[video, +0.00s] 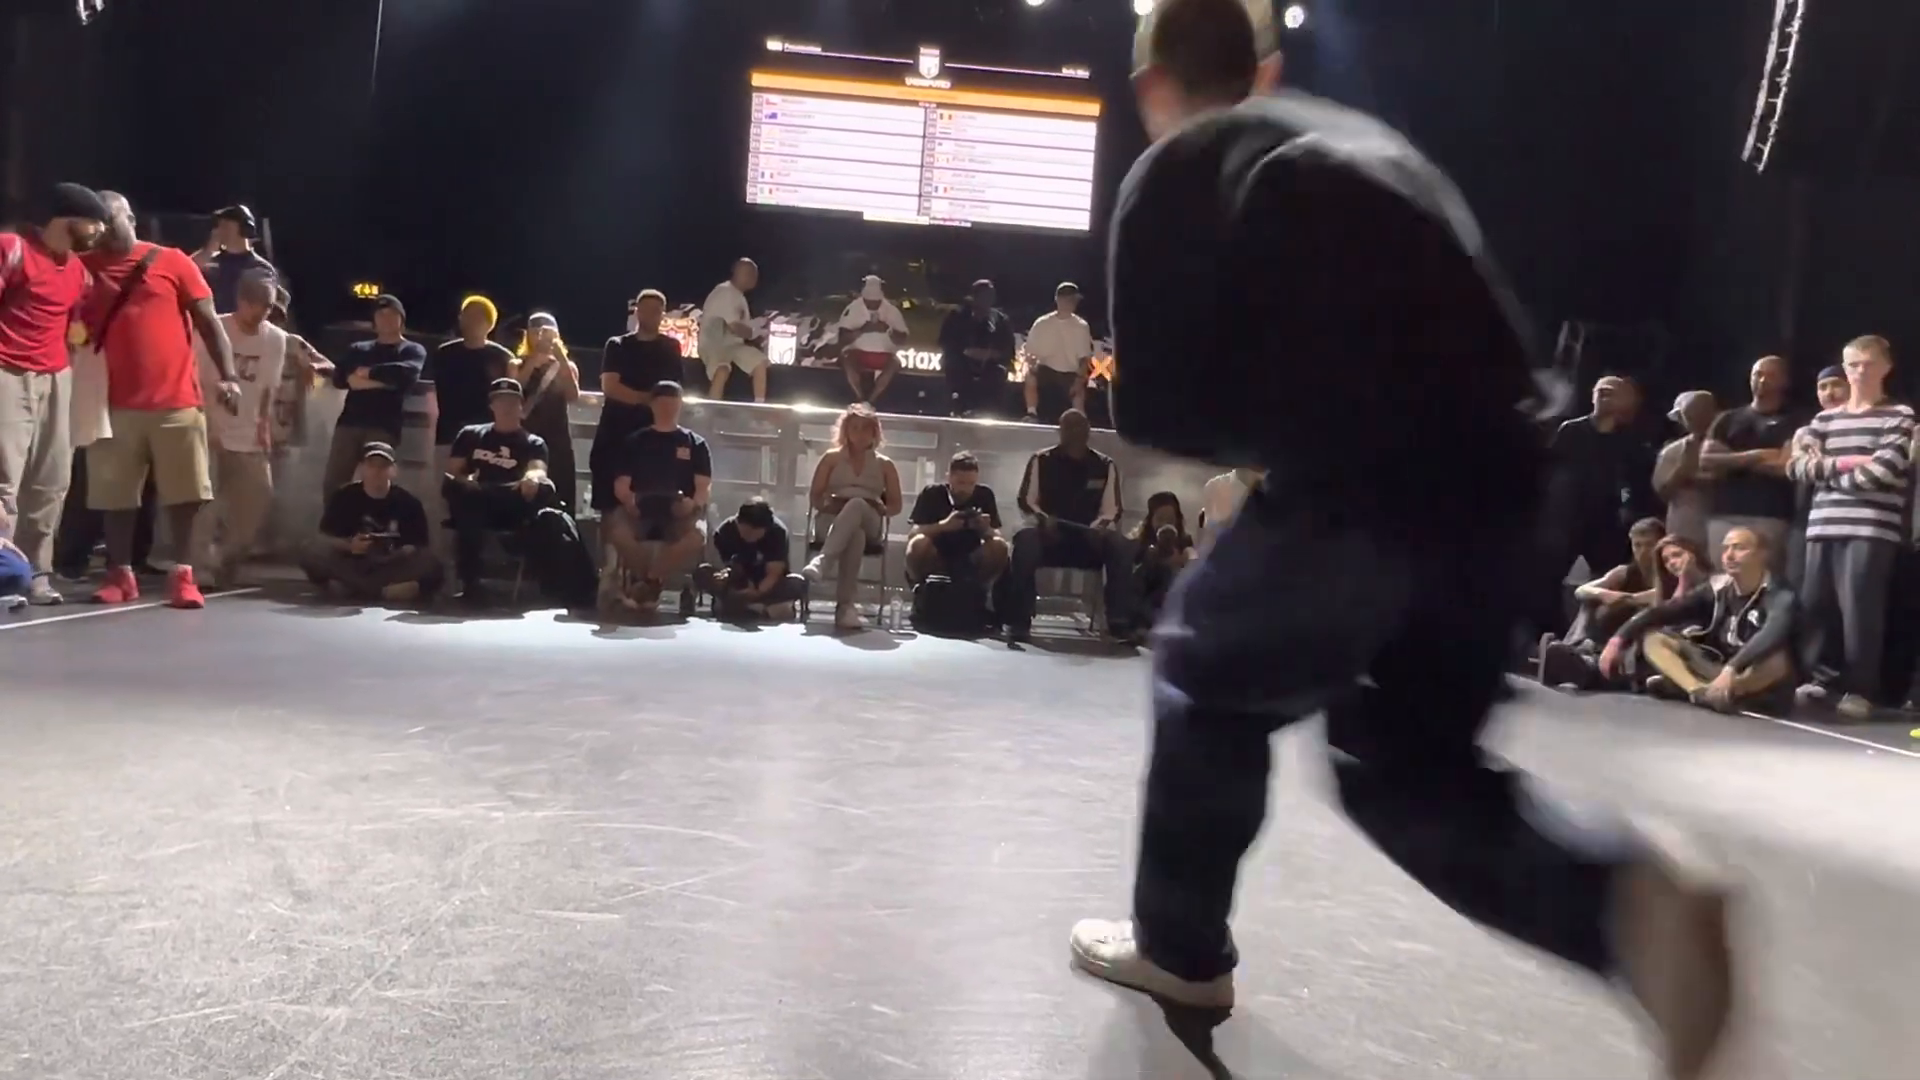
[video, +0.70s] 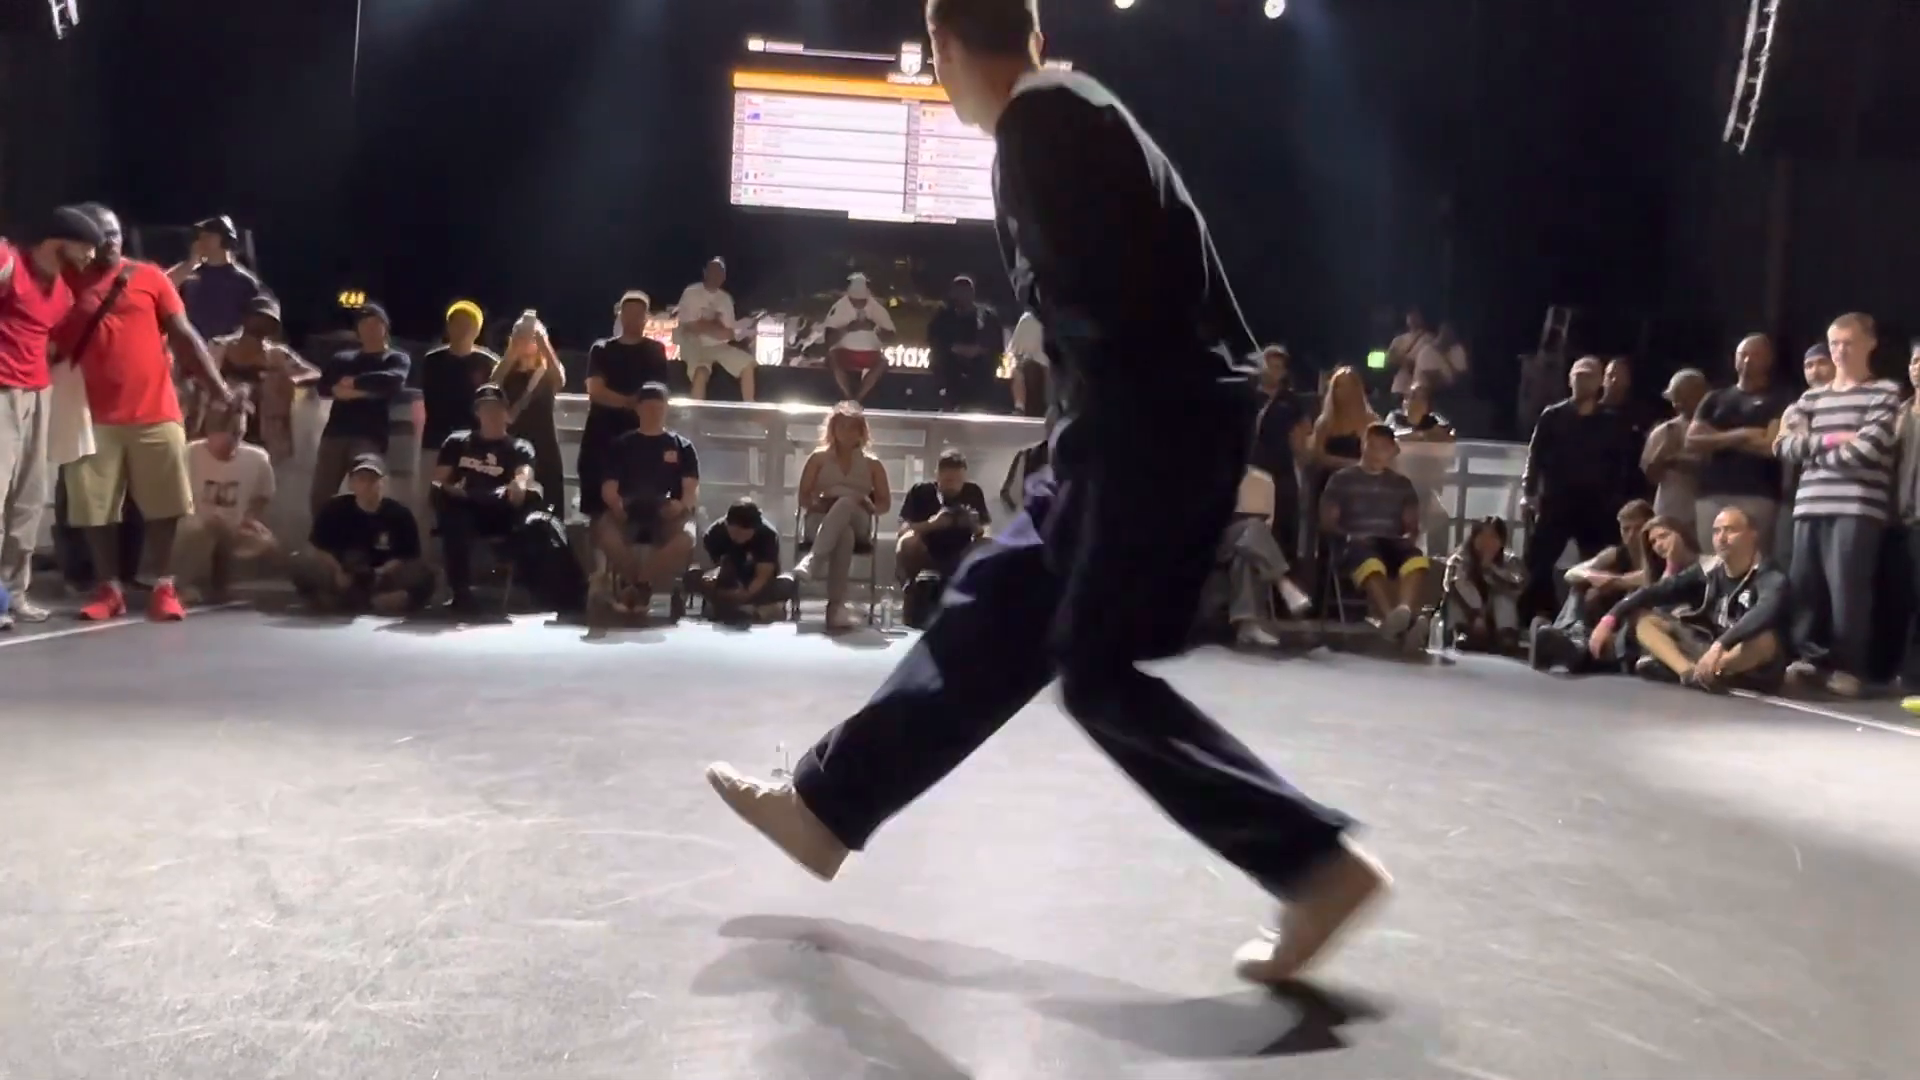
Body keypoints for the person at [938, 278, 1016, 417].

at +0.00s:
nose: (985, 302)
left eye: (988, 297)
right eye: (981, 297)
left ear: (993, 299)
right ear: (973, 297)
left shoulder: (1001, 320)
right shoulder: (958, 316)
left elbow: (1008, 352)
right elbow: (946, 342)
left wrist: (990, 354)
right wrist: (966, 352)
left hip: (990, 369)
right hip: (964, 368)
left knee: (999, 371)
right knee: (952, 361)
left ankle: (993, 409)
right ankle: (958, 405)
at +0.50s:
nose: (967, 306)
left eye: (971, 302)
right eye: (964, 302)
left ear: (978, 303)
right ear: (958, 303)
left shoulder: (992, 324)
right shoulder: (949, 325)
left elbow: (996, 350)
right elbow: (939, 350)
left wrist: (982, 358)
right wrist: (957, 358)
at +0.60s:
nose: (966, 304)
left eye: (969, 299)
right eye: (962, 300)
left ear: (976, 301)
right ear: (957, 302)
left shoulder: (990, 323)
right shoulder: (948, 322)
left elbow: (996, 353)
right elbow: (936, 347)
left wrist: (981, 358)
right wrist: (956, 357)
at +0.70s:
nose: (962, 298)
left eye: (966, 293)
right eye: (958, 293)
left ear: (973, 294)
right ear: (952, 294)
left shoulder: (987, 317)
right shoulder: (943, 317)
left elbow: (996, 349)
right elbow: (936, 351)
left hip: (981, 385)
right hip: (951, 385)